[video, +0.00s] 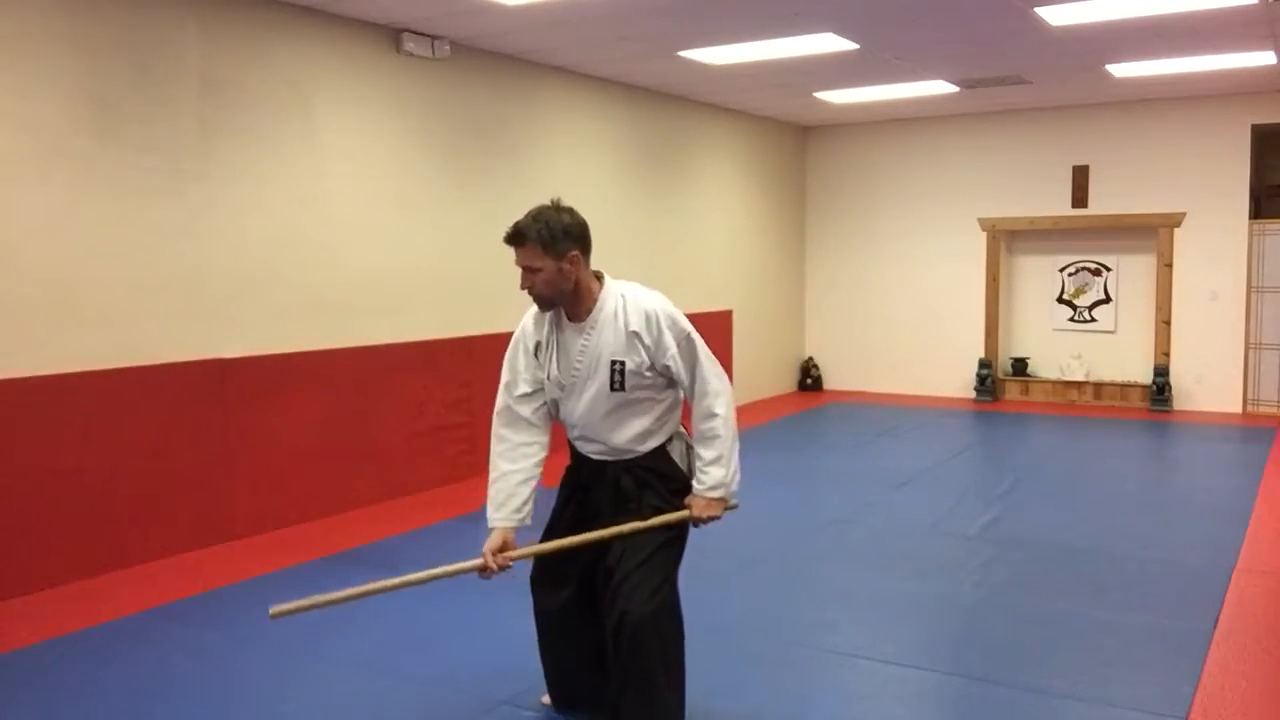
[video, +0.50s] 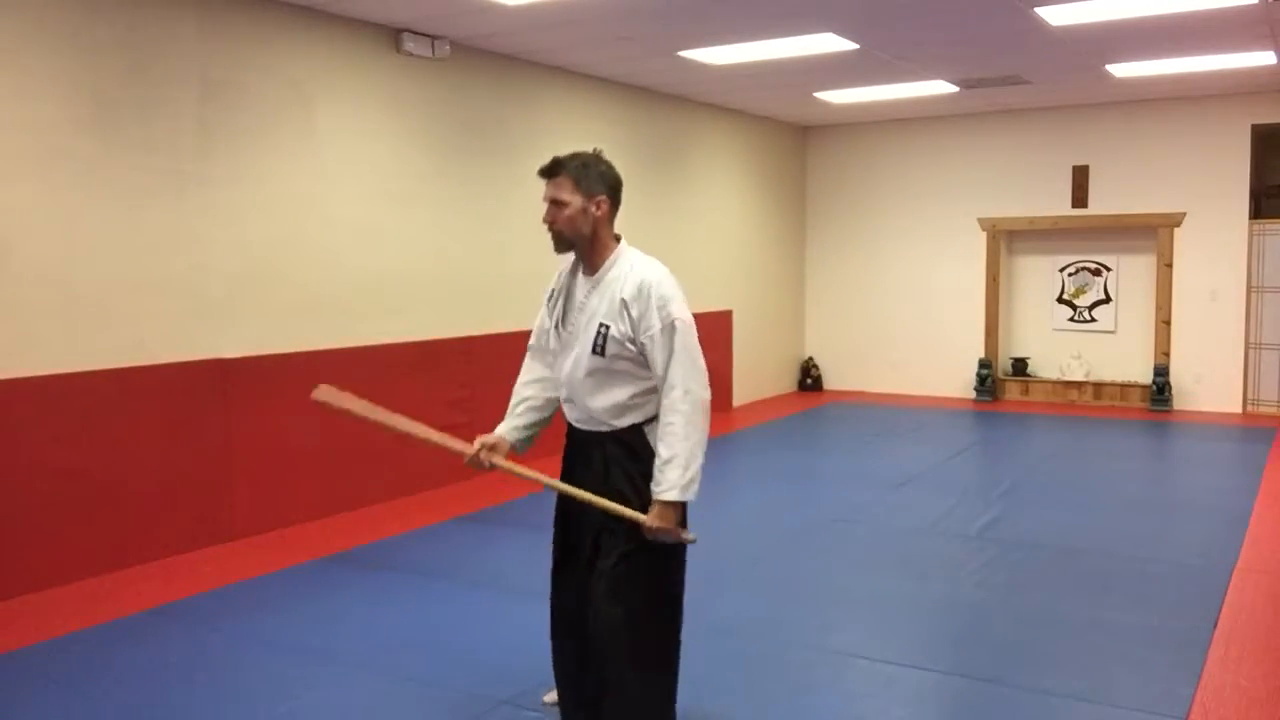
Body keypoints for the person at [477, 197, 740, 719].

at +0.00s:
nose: (524, 283)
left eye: (532, 271)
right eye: (521, 271)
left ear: (573, 264)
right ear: (566, 266)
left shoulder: (647, 314)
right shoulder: (535, 333)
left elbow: (712, 391)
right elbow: (519, 430)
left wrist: (713, 484)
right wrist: (503, 523)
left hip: (652, 478)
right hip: (587, 478)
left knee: (635, 608)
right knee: (554, 586)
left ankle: (647, 711)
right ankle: (579, 697)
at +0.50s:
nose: (545, 217)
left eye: (557, 205)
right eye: (545, 204)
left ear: (600, 208)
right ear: (587, 209)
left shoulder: (649, 284)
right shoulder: (566, 280)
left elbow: (688, 391)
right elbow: (543, 367)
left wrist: (670, 495)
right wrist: (508, 434)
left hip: (635, 458)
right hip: (581, 453)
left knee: (631, 613)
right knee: (575, 602)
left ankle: (633, 712)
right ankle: (582, 703)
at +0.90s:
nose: (547, 195)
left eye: (558, 184)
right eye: (547, 184)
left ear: (597, 191)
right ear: (588, 194)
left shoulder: (625, 268)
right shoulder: (588, 263)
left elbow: (622, 383)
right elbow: (597, 368)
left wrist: (581, 478)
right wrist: (554, 416)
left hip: (621, 449)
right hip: (586, 439)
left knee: (625, 600)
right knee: (589, 594)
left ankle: (632, 706)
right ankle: (587, 699)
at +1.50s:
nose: (515, 202)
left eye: (525, 190)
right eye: (514, 192)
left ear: (562, 194)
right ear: (552, 198)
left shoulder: (581, 259)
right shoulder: (558, 259)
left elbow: (582, 360)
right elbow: (554, 353)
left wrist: (521, 423)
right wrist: (506, 374)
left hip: (586, 437)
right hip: (559, 433)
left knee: (578, 586)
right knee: (552, 585)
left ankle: (582, 707)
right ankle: (554, 705)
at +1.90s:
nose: (483, 203)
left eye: (494, 192)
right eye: (483, 192)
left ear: (529, 199)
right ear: (513, 201)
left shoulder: (548, 264)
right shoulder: (522, 261)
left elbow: (552, 371)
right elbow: (503, 325)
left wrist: (491, 423)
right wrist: (437, 309)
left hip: (556, 430)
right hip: (526, 427)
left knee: (542, 562)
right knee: (522, 560)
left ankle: (540, 697)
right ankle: (528, 693)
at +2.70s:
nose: (469, 213)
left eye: (478, 203)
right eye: (465, 204)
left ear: (512, 206)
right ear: (469, 211)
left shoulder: (549, 270)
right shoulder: (484, 267)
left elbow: (564, 363)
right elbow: (476, 327)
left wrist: (537, 435)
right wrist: (456, 356)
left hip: (541, 415)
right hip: (495, 407)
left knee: (525, 544)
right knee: (486, 534)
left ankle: (518, 682)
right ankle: (495, 651)